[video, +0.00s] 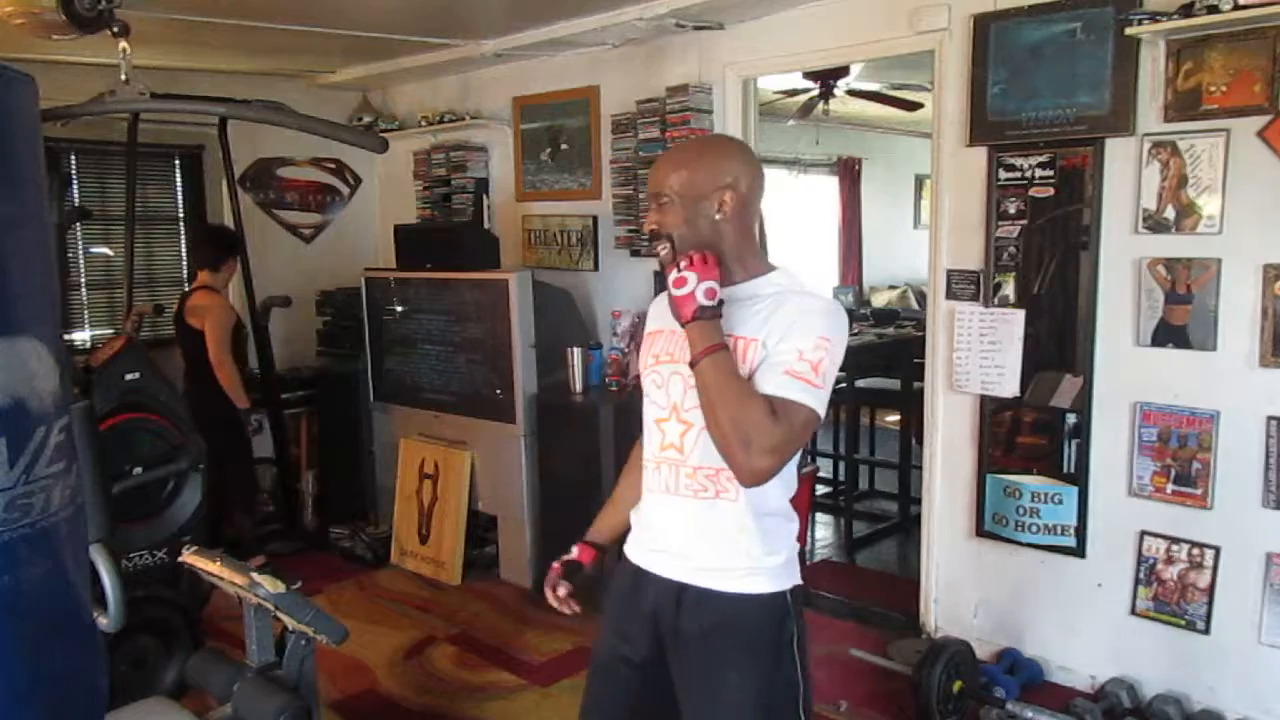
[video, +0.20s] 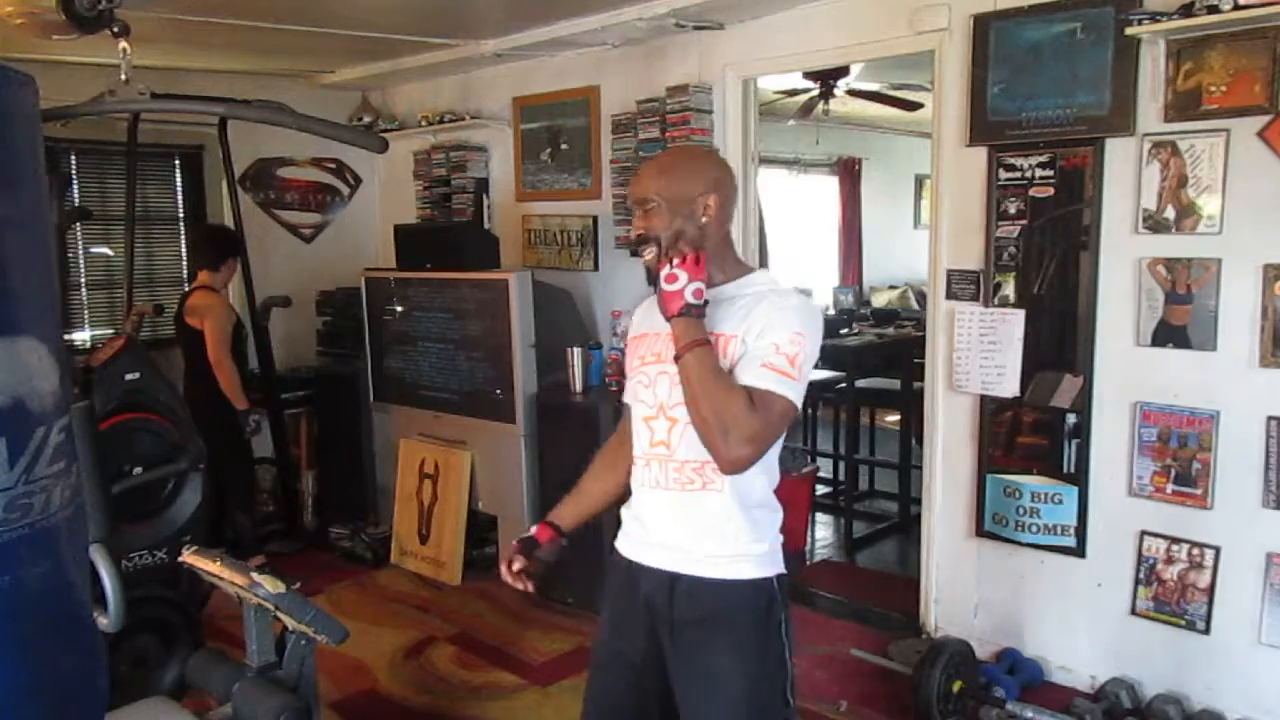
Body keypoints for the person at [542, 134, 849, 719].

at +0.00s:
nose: (648, 223)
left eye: (663, 202)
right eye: (649, 205)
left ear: (725, 203)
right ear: (721, 206)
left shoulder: (808, 315)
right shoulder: (664, 310)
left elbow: (756, 457)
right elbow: (655, 441)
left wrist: (702, 325)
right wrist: (594, 544)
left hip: (740, 602)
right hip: (640, 585)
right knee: (611, 711)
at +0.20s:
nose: (636, 230)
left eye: (650, 208)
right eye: (634, 211)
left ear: (711, 210)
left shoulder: (783, 311)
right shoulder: (646, 317)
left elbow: (737, 444)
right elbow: (632, 439)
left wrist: (685, 316)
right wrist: (552, 530)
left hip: (729, 590)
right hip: (635, 578)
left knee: (733, 709)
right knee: (612, 709)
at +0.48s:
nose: (603, 262)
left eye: (610, 244)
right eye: (595, 249)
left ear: (660, 225)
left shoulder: (752, 302)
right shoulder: (615, 317)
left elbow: (750, 431)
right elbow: (592, 434)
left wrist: (675, 325)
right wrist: (543, 536)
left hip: (727, 551)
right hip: (634, 546)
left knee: (735, 709)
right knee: (627, 700)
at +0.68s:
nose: (629, 246)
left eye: (640, 227)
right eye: (620, 233)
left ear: (686, 216)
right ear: (615, 235)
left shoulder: (760, 295)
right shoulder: (634, 309)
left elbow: (801, 417)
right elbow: (624, 415)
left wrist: (713, 384)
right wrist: (581, 511)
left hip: (737, 534)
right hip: (649, 528)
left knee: (761, 702)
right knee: (640, 689)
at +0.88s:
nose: (690, 233)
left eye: (704, 215)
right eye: (678, 222)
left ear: (741, 217)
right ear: (670, 233)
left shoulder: (796, 306)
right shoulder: (668, 307)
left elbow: (824, 423)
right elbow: (666, 399)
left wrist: (754, 454)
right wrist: (638, 490)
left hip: (767, 521)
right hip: (678, 515)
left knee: (782, 673)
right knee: (664, 668)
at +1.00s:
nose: (724, 227)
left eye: (737, 212)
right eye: (711, 215)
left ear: (765, 216)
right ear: (699, 224)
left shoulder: (813, 302)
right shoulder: (685, 298)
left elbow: (826, 421)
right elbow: (677, 395)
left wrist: (796, 517)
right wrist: (660, 476)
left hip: (782, 508)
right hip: (698, 503)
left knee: (792, 657)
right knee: (676, 651)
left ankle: (789, 717)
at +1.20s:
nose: (744, 215)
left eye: (757, 202)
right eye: (732, 203)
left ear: (781, 209)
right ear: (719, 214)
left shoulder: (827, 290)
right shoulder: (700, 291)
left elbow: (868, 390)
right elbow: (683, 389)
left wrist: (877, 487)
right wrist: (657, 474)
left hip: (793, 487)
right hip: (711, 482)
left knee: (794, 628)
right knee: (682, 614)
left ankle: (793, 716)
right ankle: (715, 685)